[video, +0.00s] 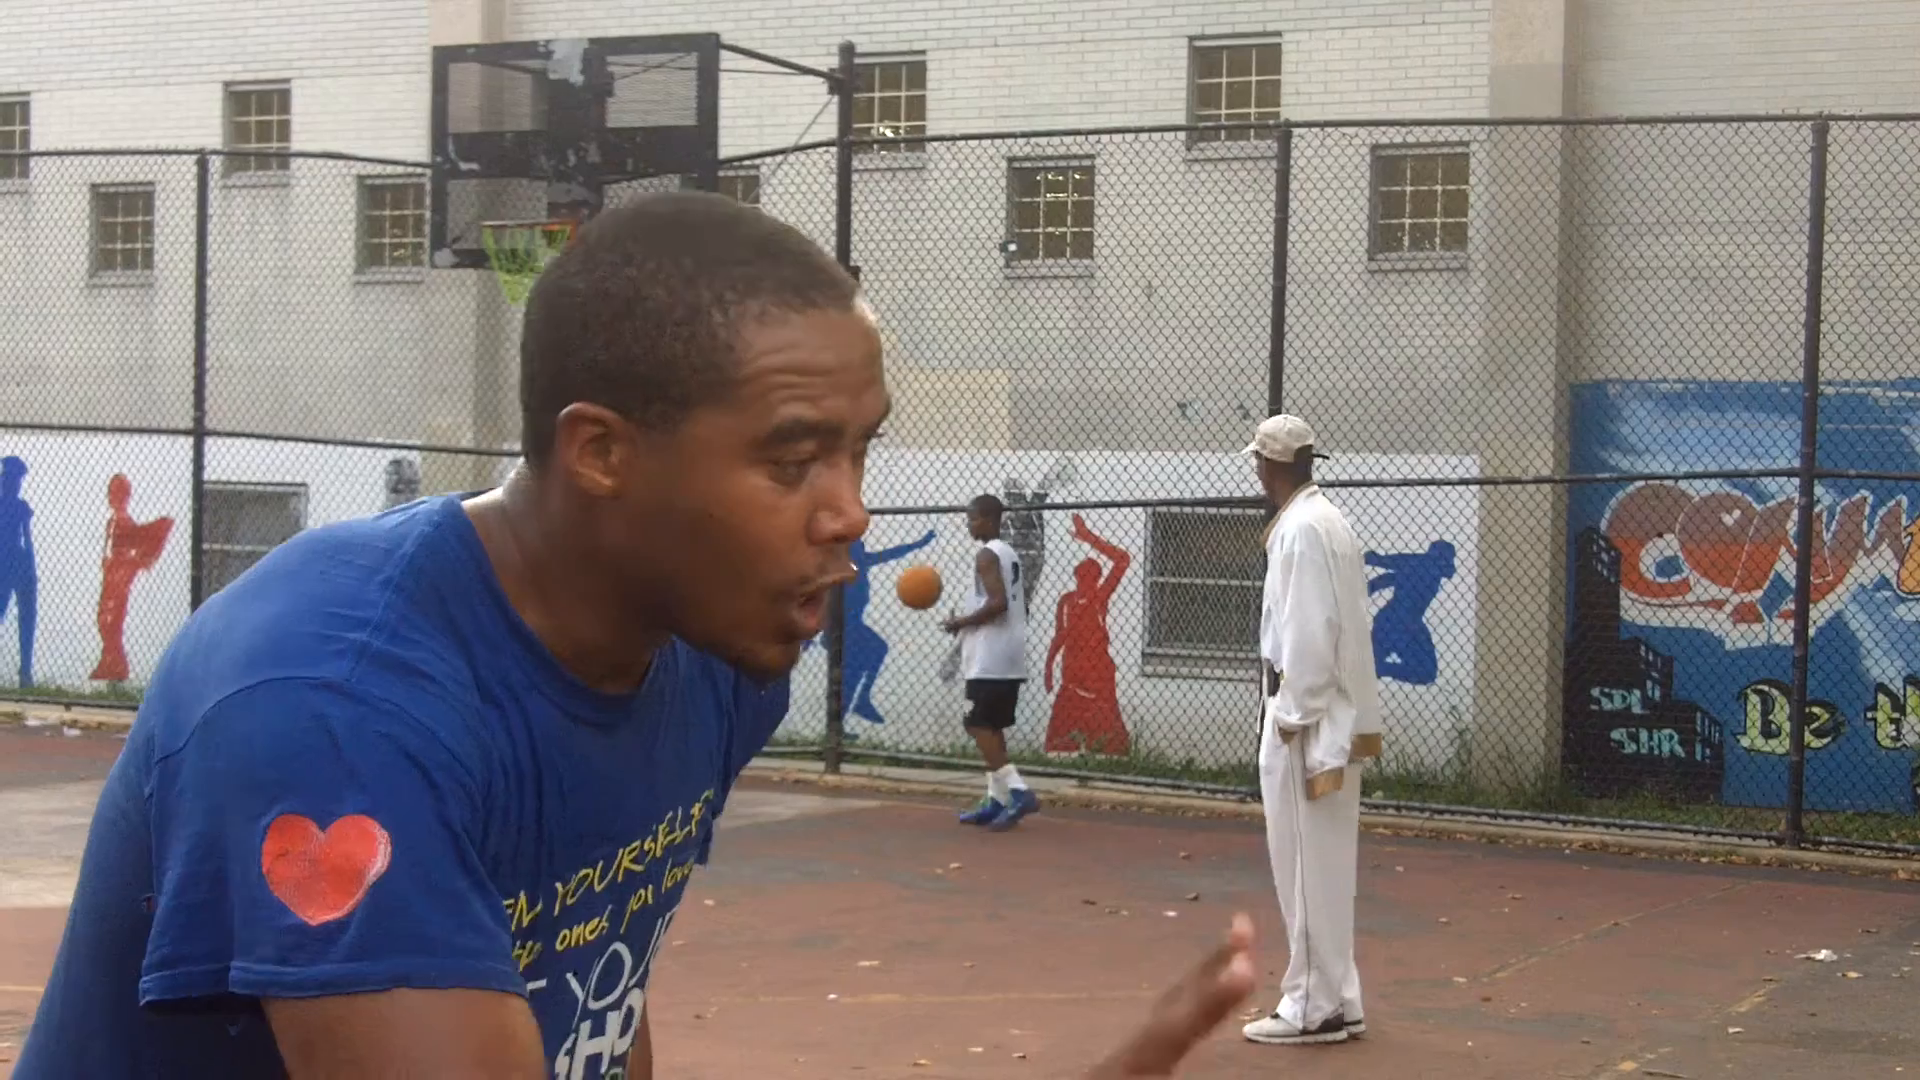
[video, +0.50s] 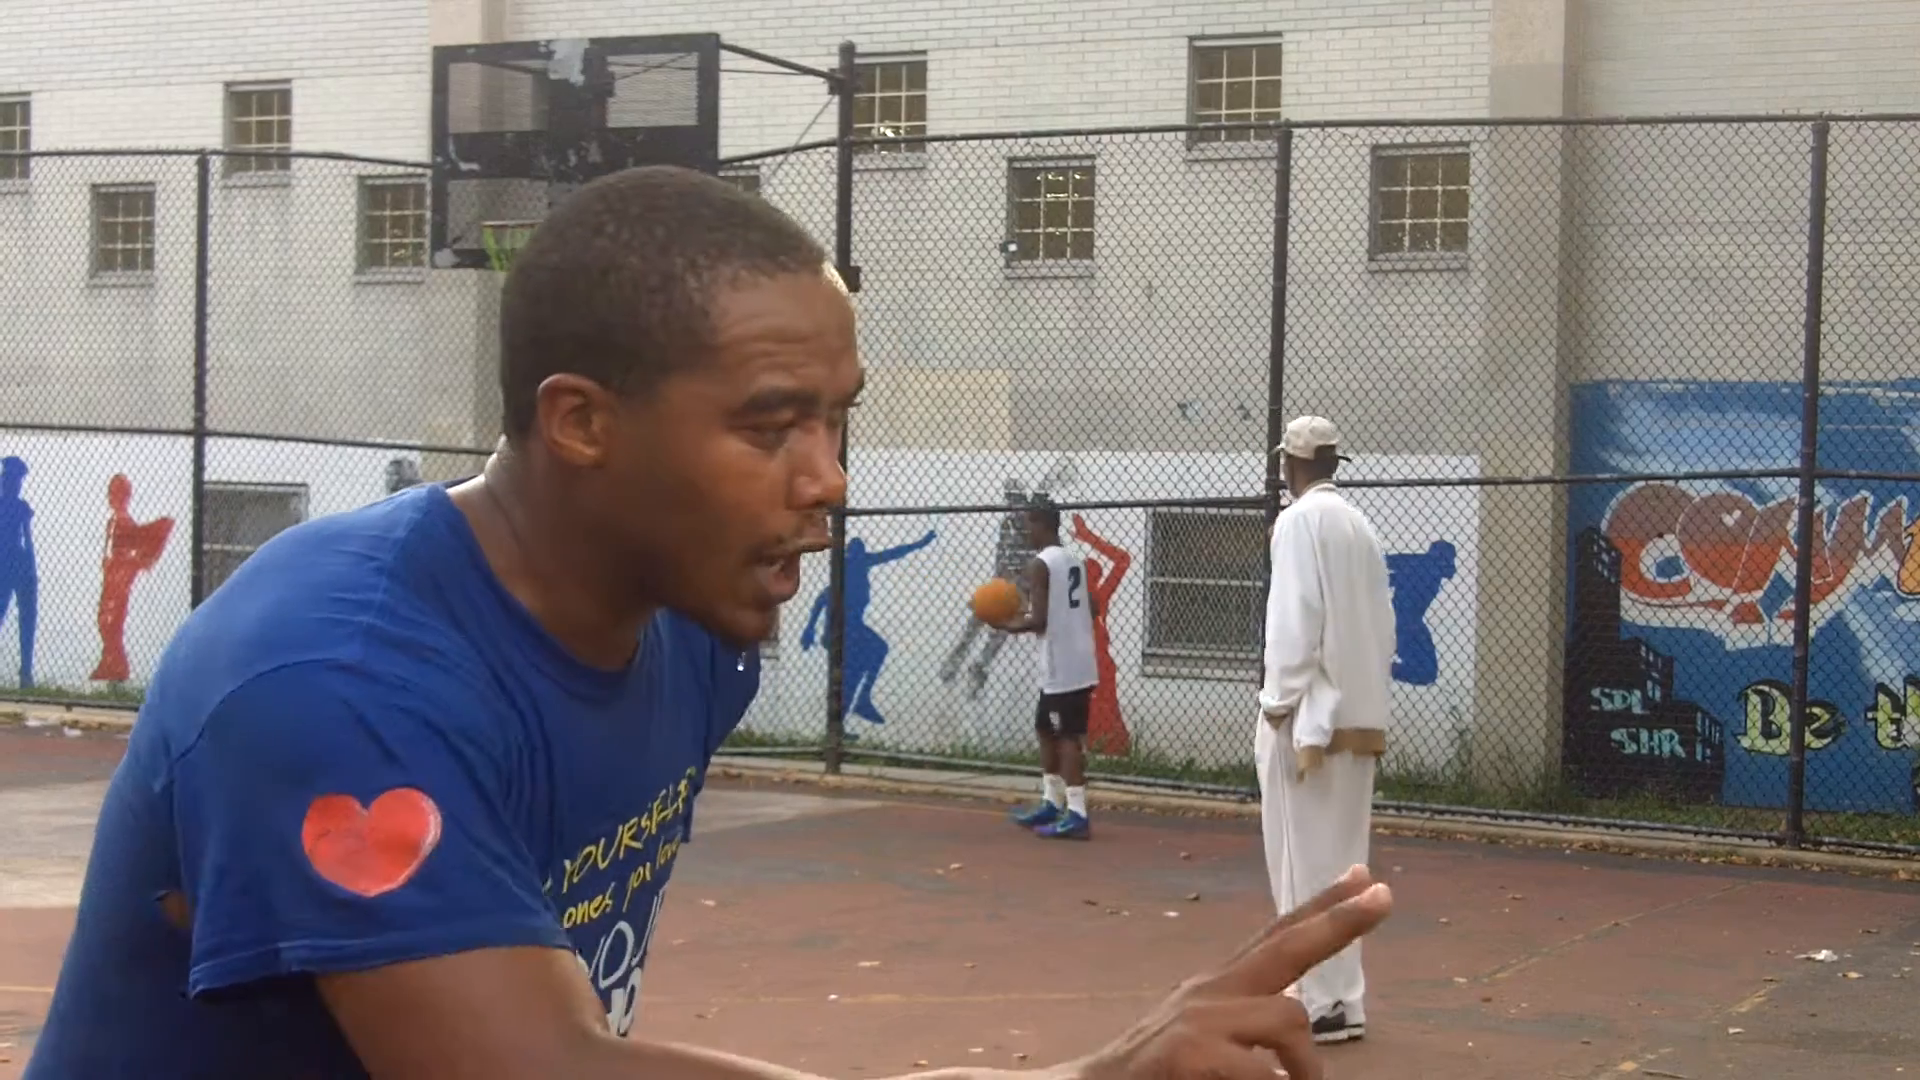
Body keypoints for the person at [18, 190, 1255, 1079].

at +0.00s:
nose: (855, 519)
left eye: (859, 453)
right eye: (795, 458)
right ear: (598, 456)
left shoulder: (719, 652)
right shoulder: (321, 706)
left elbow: (585, 990)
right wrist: (1109, 1066)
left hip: (545, 1048)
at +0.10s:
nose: (845, 496)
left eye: (847, 429)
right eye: (781, 438)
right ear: (586, 451)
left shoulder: (722, 641)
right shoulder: (327, 692)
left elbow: (600, 962)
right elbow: (483, 1071)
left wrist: (627, 1074)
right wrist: (1036, 1068)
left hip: (522, 1047)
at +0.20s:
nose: (838, 490)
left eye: (842, 424)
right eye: (777, 431)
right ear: (581, 439)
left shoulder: (714, 632)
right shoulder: (325, 690)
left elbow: (590, 942)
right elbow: (527, 1076)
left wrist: (622, 1056)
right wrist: (1060, 1048)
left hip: (489, 1049)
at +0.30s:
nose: (837, 490)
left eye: (841, 424)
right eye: (775, 430)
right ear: (575, 438)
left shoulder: (706, 629)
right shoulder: (321, 694)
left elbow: (567, 949)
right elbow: (580, 1060)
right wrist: (1135, 1067)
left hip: (476, 1040)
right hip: (211, 1049)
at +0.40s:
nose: (833, 493)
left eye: (840, 426)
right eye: (774, 430)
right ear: (576, 433)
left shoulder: (697, 627)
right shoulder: (329, 690)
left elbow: (530, 954)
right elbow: (562, 1057)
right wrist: (1118, 1068)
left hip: (473, 1046)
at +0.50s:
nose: (832, 488)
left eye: (839, 424)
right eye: (775, 425)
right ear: (577, 428)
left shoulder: (697, 625)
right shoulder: (328, 686)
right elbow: (544, 1055)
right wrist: (1098, 1070)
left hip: (479, 1048)